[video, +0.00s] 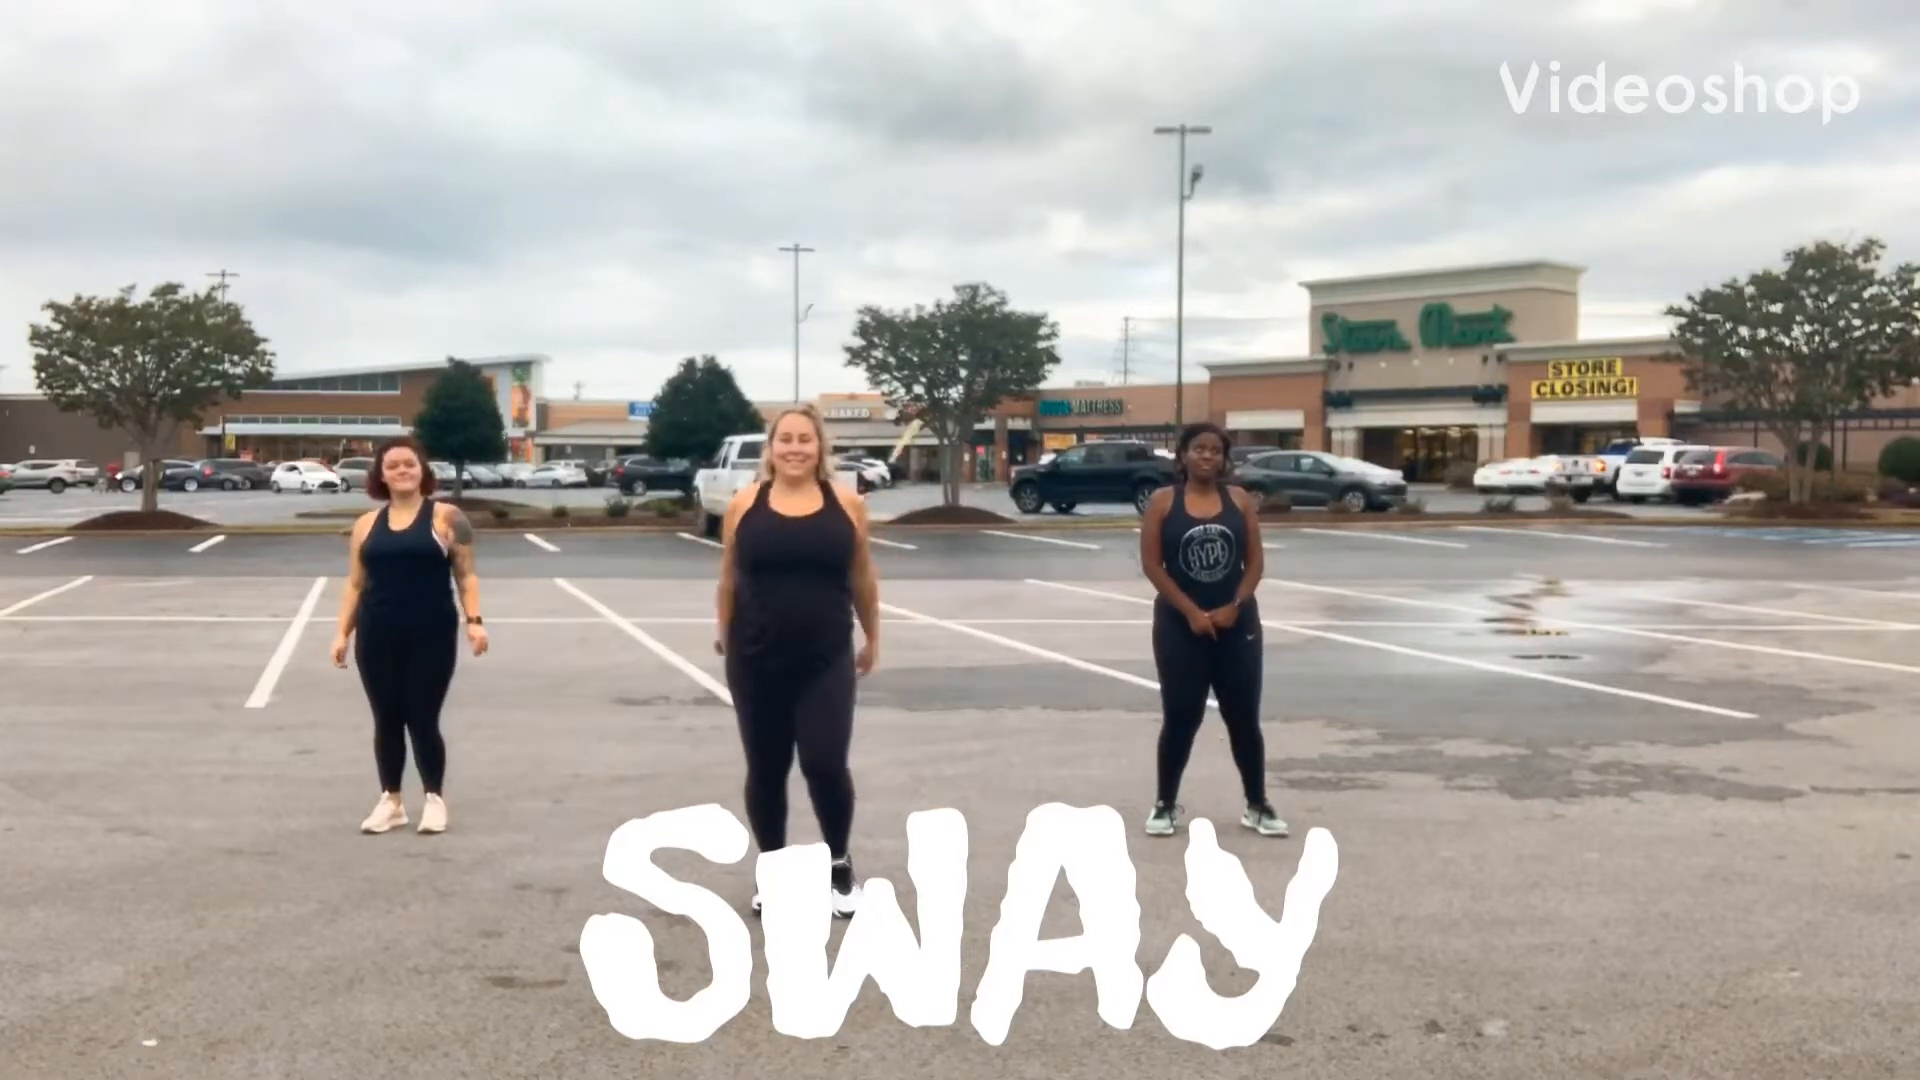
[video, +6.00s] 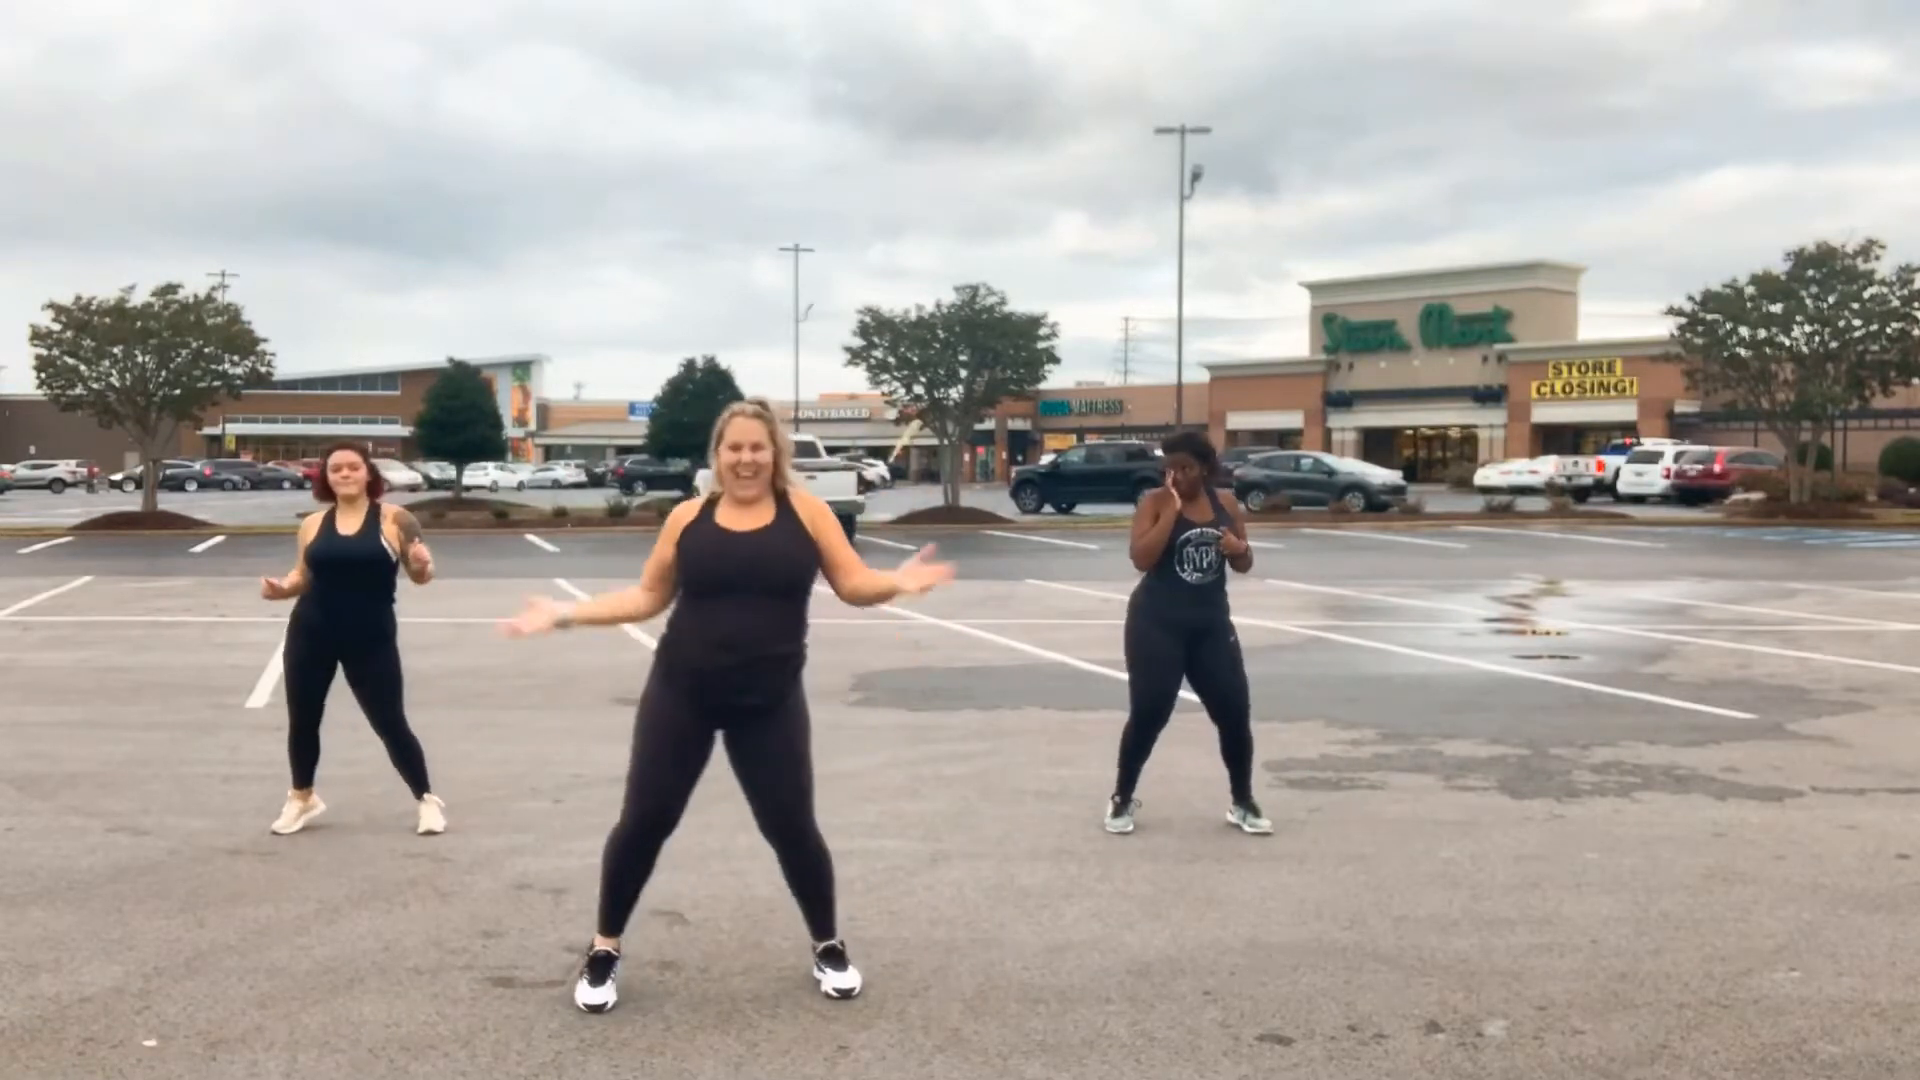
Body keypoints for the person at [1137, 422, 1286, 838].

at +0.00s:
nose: (1207, 457)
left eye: (1215, 451)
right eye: (1199, 449)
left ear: (1224, 458)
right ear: (1183, 455)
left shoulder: (1240, 500)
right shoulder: (1163, 501)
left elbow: (1255, 561)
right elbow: (1152, 565)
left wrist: (1235, 605)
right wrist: (1191, 610)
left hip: (1237, 622)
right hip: (1179, 624)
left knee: (1245, 720)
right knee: (1181, 720)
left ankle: (1257, 805)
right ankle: (1165, 805)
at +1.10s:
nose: (1213, 457)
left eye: (1220, 452)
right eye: (1204, 450)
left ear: (1231, 461)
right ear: (1189, 458)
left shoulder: (1245, 505)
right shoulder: (1167, 504)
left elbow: (1267, 565)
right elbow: (1150, 566)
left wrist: (1293, 617)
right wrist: (1139, 625)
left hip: (1237, 625)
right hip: (1180, 625)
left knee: (1249, 719)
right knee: (1180, 717)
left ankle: (1258, 806)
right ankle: (1164, 805)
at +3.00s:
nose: (1238, 451)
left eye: (1244, 444)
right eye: (1229, 447)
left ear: (1255, 453)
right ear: (1216, 459)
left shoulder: (1276, 496)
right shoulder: (1199, 503)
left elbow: (1303, 555)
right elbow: (1183, 561)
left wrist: (1273, 571)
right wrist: (1188, 588)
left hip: (1265, 623)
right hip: (1211, 623)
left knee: (1258, 715)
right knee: (1217, 713)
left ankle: (1258, 807)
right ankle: (1217, 803)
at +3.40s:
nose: (1238, 454)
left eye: (1244, 448)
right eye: (1229, 449)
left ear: (1256, 457)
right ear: (1215, 460)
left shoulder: (1274, 502)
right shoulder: (1197, 506)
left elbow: (1309, 555)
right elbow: (1176, 566)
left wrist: (1278, 575)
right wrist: (1205, 565)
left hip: (1268, 625)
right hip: (1214, 626)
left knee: (1274, 709)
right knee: (1214, 716)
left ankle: (1314, 792)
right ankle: (1218, 804)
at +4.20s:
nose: (1237, 461)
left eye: (1244, 454)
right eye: (1229, 454)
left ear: (1254, 458)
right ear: (1213, 458)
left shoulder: (1261, 495)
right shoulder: (1193, 496)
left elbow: (1276, 562)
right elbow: (1176, 550)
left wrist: (1276, 538)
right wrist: (1212, 503)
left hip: (1254, 620)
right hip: (1199, 621)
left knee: (1266, 711)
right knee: (1205, 714)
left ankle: (1255, 794)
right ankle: (1195, 803)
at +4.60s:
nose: (1219, 475)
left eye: (1227, 466)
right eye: (1211, 467)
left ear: (1241, 468)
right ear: (1198, 469)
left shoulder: (1257, 501)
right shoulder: (1185, 500)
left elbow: (1281, 563)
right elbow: (1175, 558)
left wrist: (1265, 542)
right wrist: (1203, 510)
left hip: (1238, 621)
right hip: (1183, 618)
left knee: (1251, 710)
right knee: (1179, 698)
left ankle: (1241, 806)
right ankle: (1140, 788)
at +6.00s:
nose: (1175, 476)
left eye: (1183, 469)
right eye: (1170, 469)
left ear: (1204, 468)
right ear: (1164, 469)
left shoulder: (1224, 502)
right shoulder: (1153, 502)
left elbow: (1243, 564)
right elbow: (1141, 558)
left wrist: (1237, 549)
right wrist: (1170, 512)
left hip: (1210, 626)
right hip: (1156, 626)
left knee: (1235, 715)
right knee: (1148, 715)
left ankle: (1242, 802)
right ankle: (1122, 799)